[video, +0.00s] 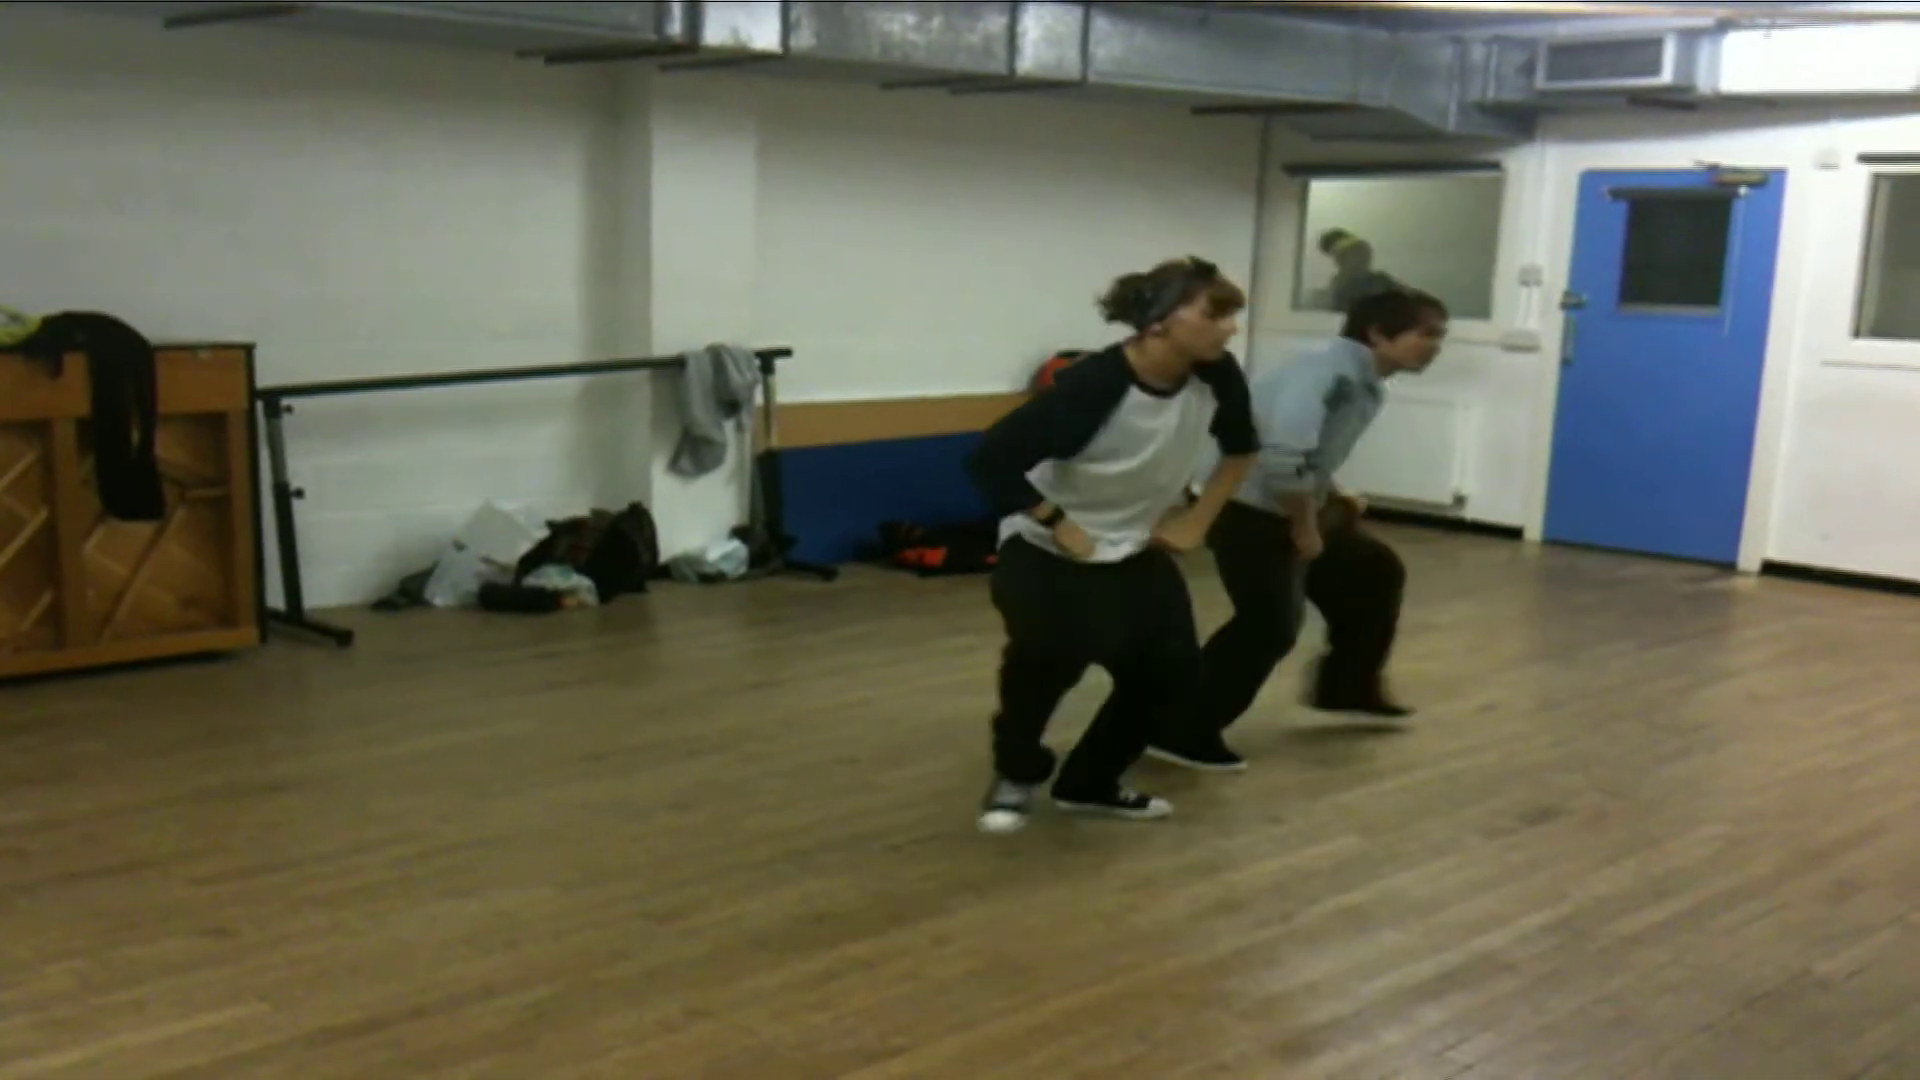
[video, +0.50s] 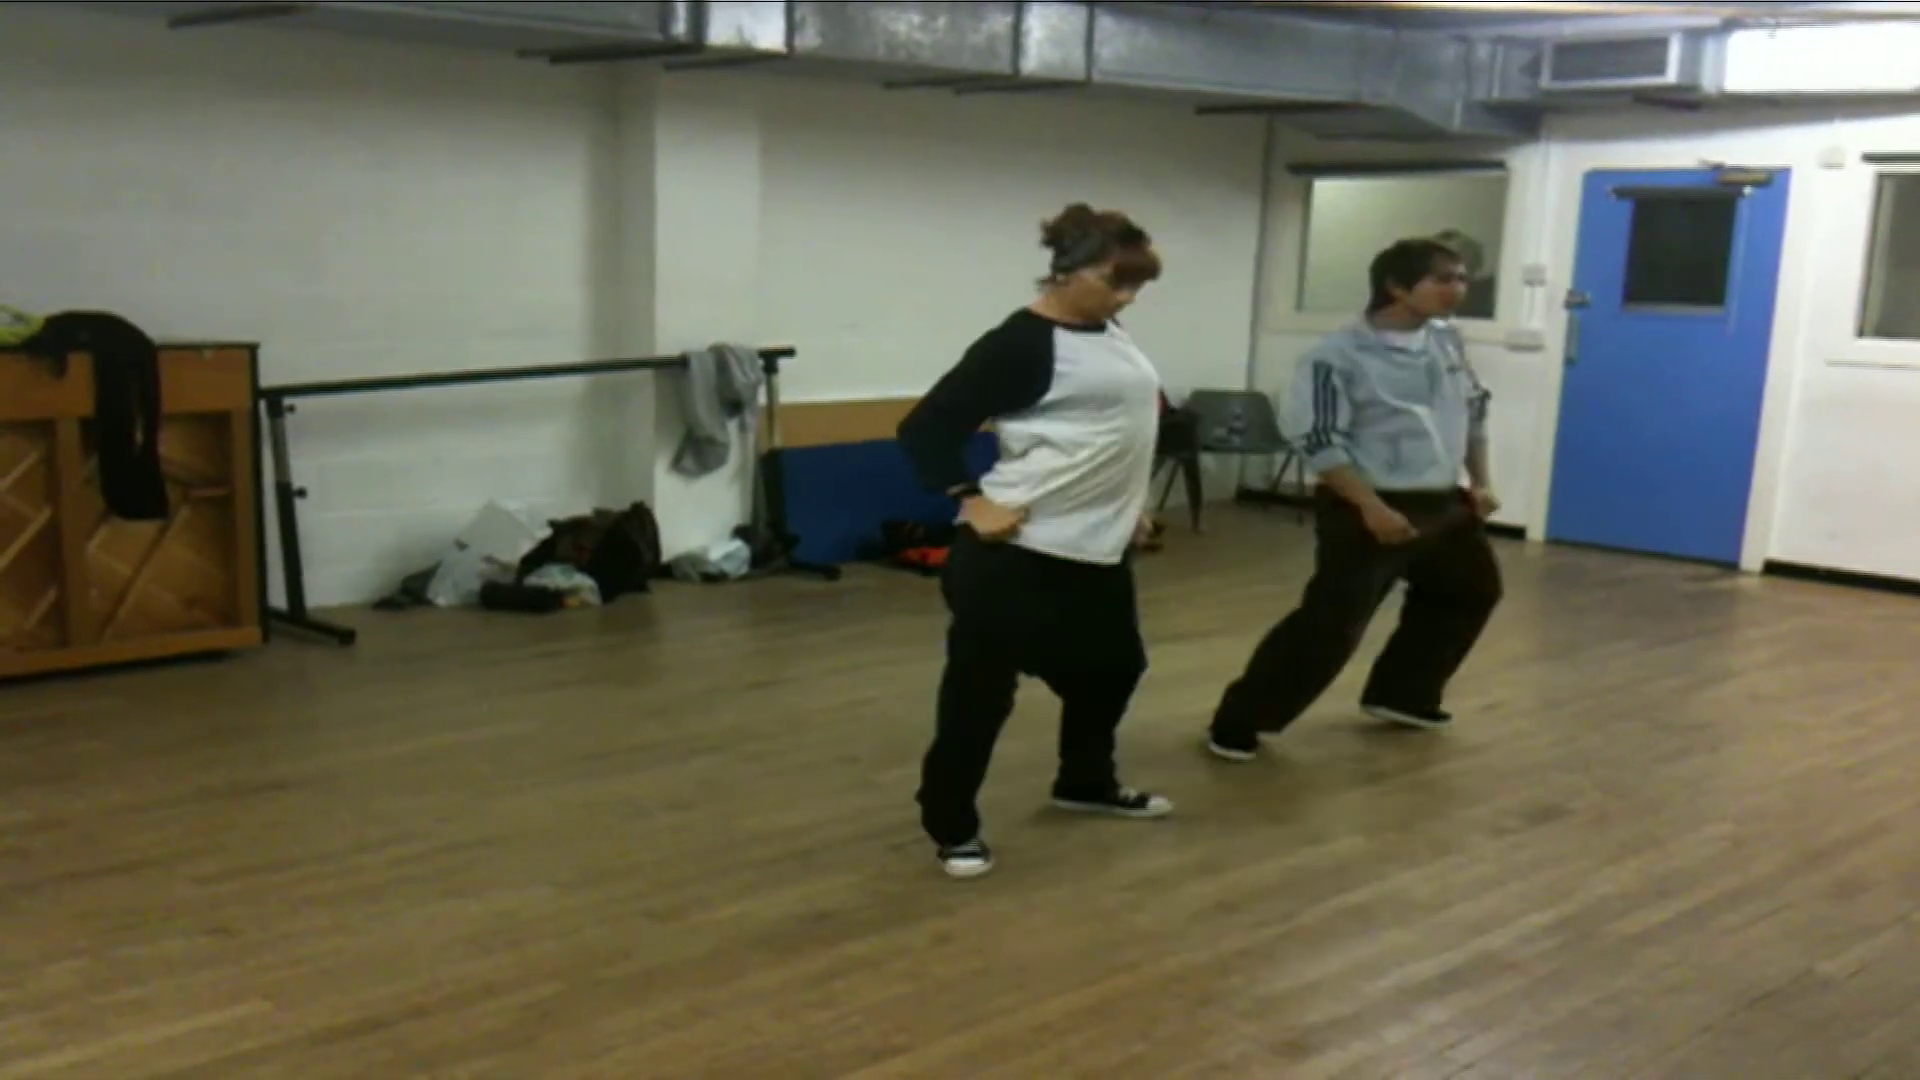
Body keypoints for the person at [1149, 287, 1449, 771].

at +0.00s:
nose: (1434, 347)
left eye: (1437, 338)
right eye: (1425, 335)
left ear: (1384, 337)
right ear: (1381, 334)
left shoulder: (1364, 386)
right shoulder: (1320, 370)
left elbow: (1313, 458)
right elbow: (1284, 460)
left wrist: (1336, 498)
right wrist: (1304, 523)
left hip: (1298, 514)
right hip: (1247, 514)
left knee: (1375, 574)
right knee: (1271, 621)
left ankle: (1347, 686)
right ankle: (1185, 722)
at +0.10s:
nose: (1458, 330)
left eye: (1457, 319)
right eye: (1446, 320)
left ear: (1410, 330)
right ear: (1403, 328)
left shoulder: (1399, 380)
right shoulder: (1368, 375)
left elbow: (1321, 441)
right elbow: (1283, 443)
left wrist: (1341, 495)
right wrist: (1280, 520)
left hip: (1308, 498)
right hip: (1252, 495)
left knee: (1359, 580)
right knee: (1269, 622)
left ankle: (1393, 691)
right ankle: (1181, 726)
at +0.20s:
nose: (1459, 305)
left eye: (1459, 294)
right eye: (1449, 295)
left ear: (1418, 307)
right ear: (1409, 305)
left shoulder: (1419, 357)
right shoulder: (1374, 362)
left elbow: (1367, 435)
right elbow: (1298, 438)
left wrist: (1373, 499)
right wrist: (1307, 513)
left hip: (1347, 498)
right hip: (1296, 496)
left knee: (1376, 589)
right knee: (1282, 617)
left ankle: (1388, 698)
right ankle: (1180, 723)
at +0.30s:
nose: (1455, 292)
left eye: (1455, 282)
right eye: (1444, 281)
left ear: (1406, 291)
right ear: (1398, 289)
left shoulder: (1414, 353)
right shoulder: (1355, 355)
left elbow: (1392, 441)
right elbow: (1315, 449)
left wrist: (1411, 509)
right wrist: (1347, 514)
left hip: (1388, 504)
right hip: (1334, 503)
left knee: (1419, 583)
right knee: (1307, 616)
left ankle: (1396, 693)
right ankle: (1202, 715)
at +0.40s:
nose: (1450, 290)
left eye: (1451, 280)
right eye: (1438, 279)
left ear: (1404, 291)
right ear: (1396, 288)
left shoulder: (1431, 346)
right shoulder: (1335, 356)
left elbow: (1446, 427)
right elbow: (1318, 452)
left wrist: (1455, 491)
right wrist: (1363, 512)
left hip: (1422, 505)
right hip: (1351, 506)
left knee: (1448, 584)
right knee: (1337, 612)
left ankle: (1395, 691)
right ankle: (1239, 717)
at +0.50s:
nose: (1456, 289)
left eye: (1456, 280)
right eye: (1444, 280)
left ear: (1409, 291)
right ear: (1401, 289)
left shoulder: (1444, 342)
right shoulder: (1336, 357)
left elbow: (1472, 412)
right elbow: (1321, 449)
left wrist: (1479, 482)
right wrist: (1371, 507)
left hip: (1440, 506)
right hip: (1365, 510)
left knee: (1469, 590)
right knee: (1330, 625)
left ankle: (1400, 692)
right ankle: (1237, 721)